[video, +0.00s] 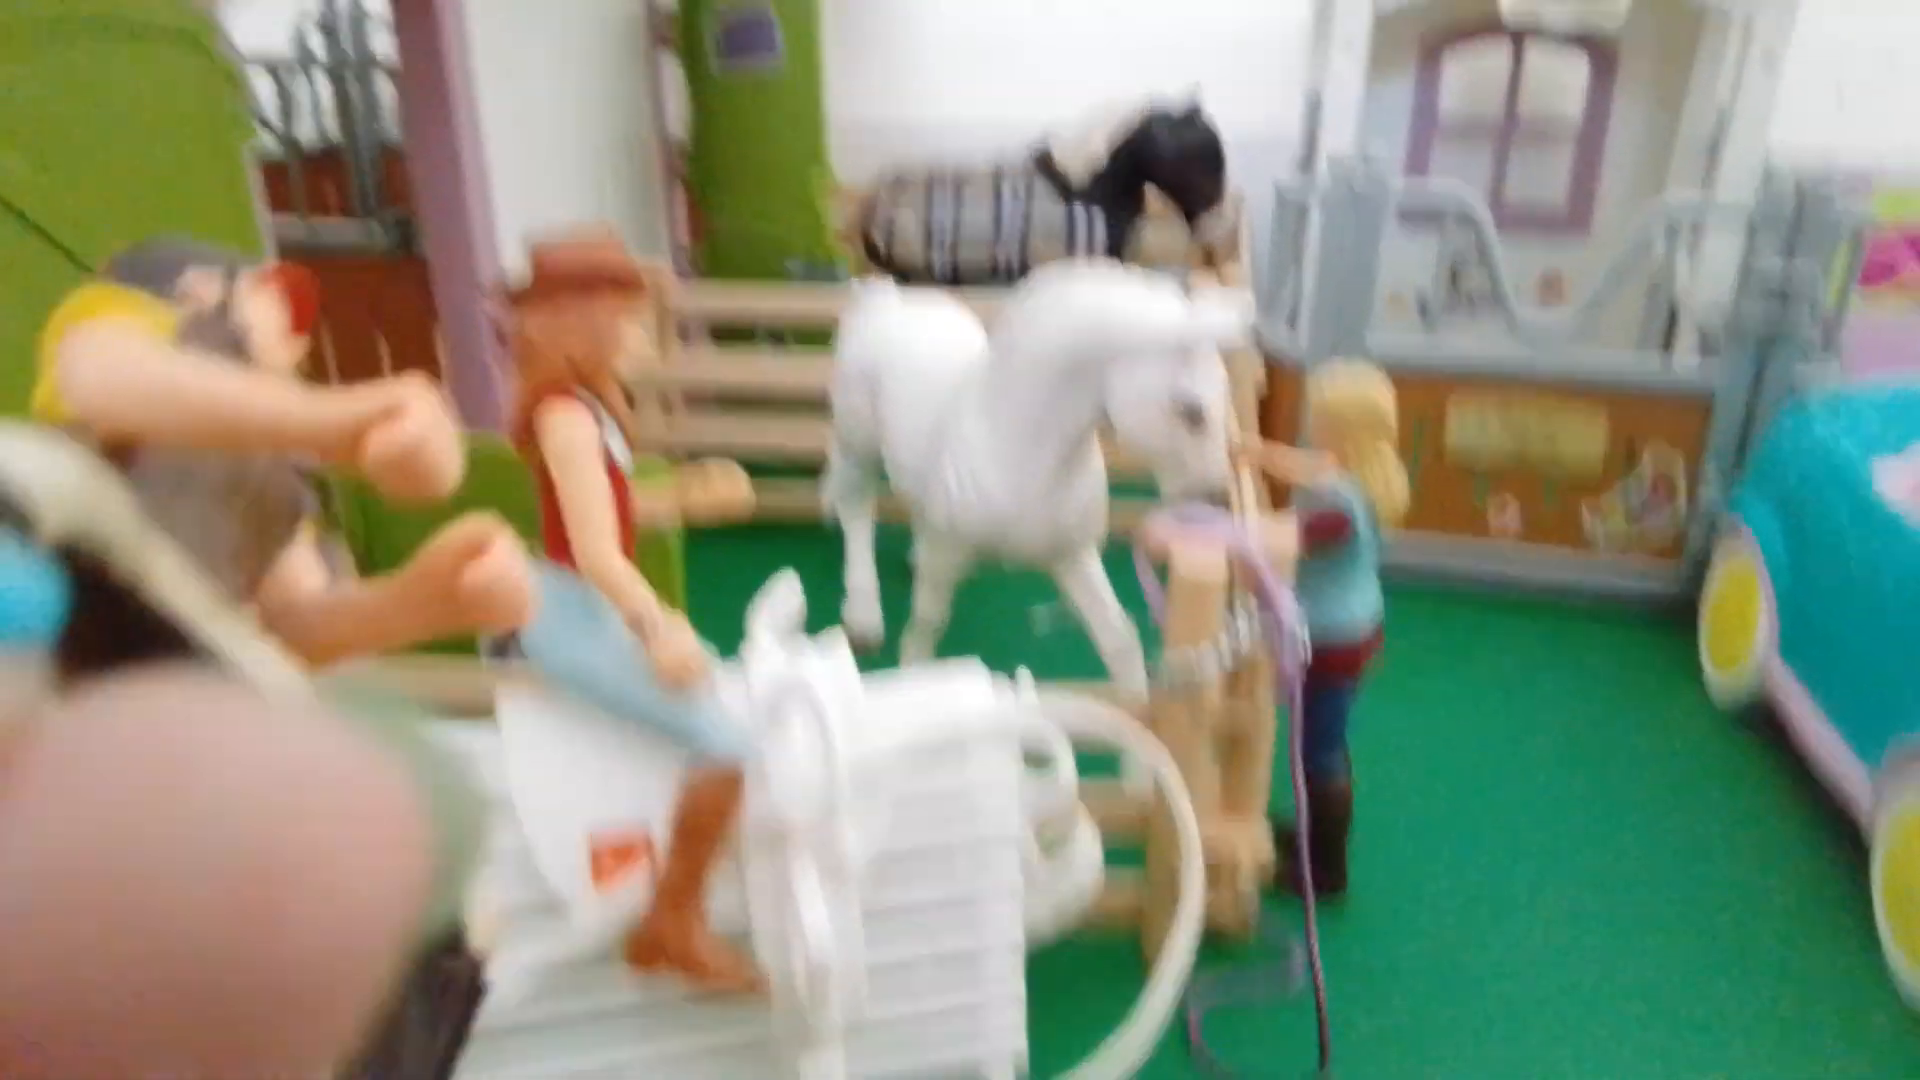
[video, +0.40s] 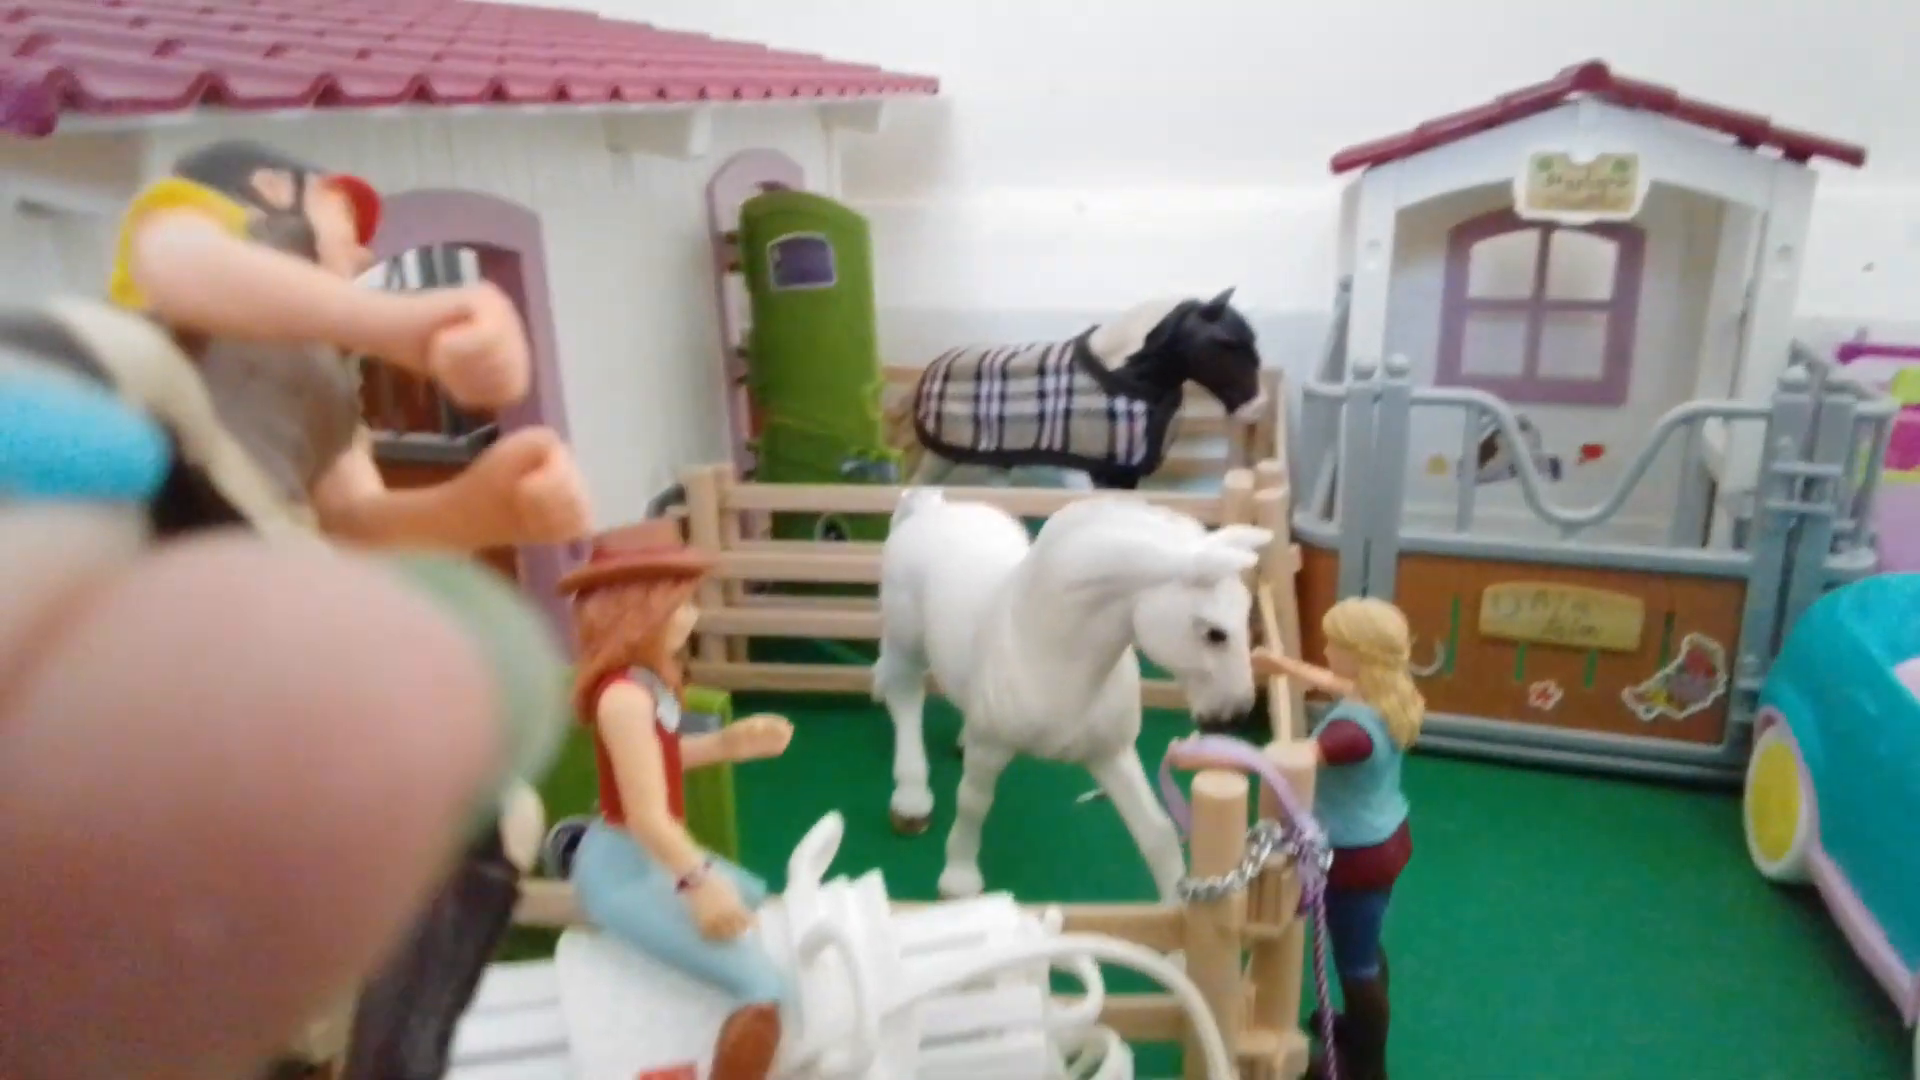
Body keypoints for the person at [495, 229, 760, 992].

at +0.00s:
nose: (631, 328)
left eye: (631, 311)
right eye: (618, 310)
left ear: (613, 317)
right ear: (565, 317)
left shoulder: (591, 406)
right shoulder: (565, 414)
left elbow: (612, 510)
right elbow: (594, 551)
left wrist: (686, 496)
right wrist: (659, 626)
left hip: (600, 619)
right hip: (571, 627)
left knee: (732, 722)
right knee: (724, 739)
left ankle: (676, 916)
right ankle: (674, 919)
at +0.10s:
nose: (659, 512)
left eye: (657, 493)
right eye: (649, 492)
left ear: (628, 497)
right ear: (612, 496)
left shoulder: (616, 582)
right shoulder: (592, 584)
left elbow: (624, 681)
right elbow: (609, 729)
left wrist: (696, 663)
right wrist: (669, 801)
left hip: (610, 781)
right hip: (582, 789)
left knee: (745, 881)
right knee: (731, 915)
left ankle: (687, 1051)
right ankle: (679, 1066)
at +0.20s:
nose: (664, 633)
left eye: (664, 617)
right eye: (656, 616)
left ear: (627, 618)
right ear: (618, 619)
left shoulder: (618, 703)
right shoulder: (591, 712)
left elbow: (629, 780)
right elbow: (614, 845)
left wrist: (698, 770)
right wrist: (668, 918)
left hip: (628, 891)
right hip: (592, 910)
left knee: (727, 938)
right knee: (733, 1022)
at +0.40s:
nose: (693, 617)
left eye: (691, 603)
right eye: (681, 605)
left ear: (651, 613)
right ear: (643, 614)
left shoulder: (653, 683)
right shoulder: (623, 696)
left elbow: (660, 758)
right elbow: (645, 816)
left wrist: (724, 745)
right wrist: (700, 881)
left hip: (663, 852)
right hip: (625, 872)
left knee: (759, 896)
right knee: (765, 982)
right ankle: (732, 1071)